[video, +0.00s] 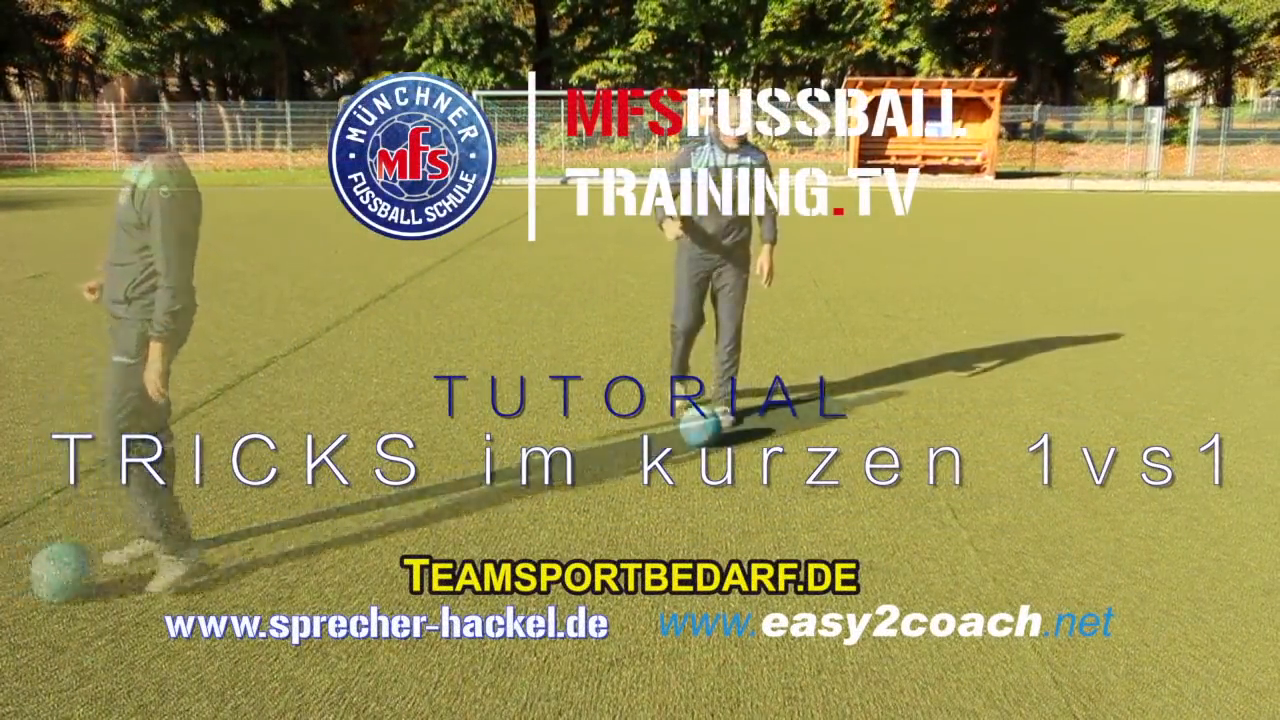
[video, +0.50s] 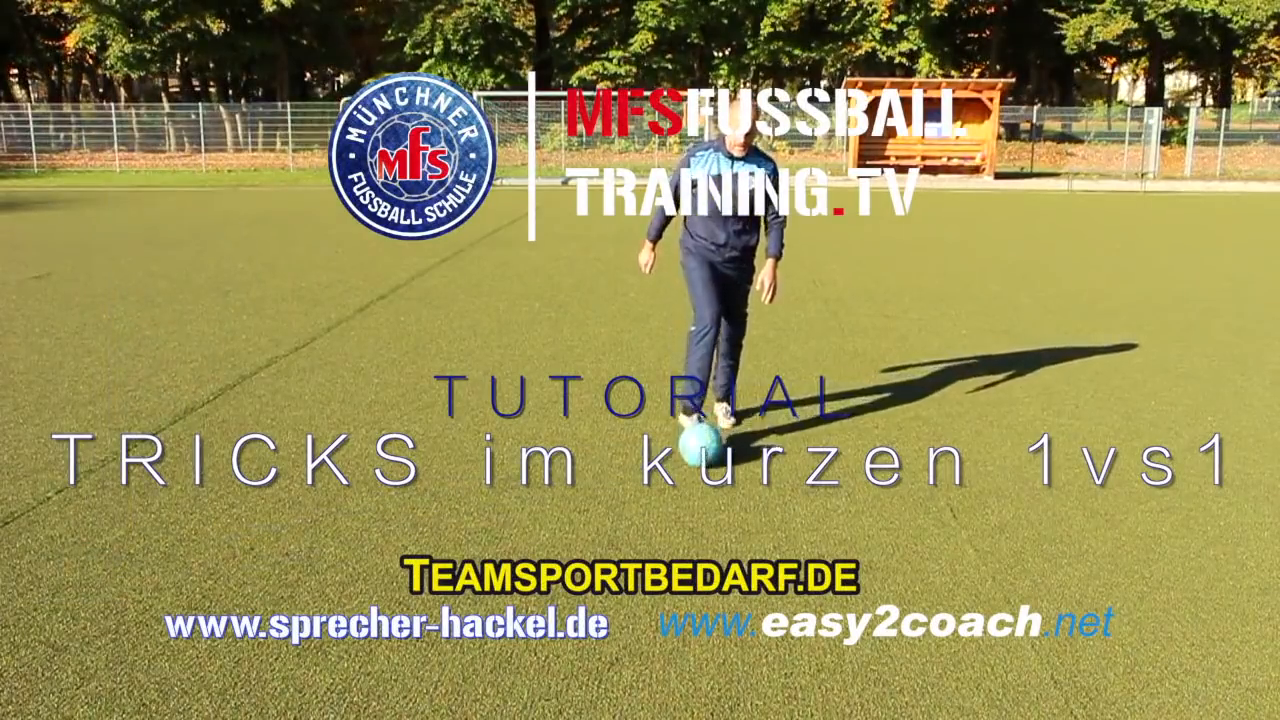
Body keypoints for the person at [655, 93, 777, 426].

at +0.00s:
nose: (736, 131)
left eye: (741, 123)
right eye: (729, 123)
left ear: (749, 125)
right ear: (714, 122)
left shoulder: (756, 160)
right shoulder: (692, 155)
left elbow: (767, 205)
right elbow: (661, 188)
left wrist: (768, 247)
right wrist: (665, 219)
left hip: (734, 255)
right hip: (694, 251)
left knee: (730, 333)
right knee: (686, 323)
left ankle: (724, 401)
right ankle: (678, 383)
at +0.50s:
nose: (743, 140)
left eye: (749, 134)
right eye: (738, 133)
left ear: (757, 131)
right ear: (725, 127)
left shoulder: (765, 167)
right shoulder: (697, 158)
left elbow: (775, 217)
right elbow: (669, 199)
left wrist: (772, 262)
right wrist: (650, 241)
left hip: (738, 260)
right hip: (699, 253)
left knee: (732, 334)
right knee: (708, 321)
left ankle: (723, 400)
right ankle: (690, 406)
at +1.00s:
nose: (728, 149)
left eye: (735, 141)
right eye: (721, 141)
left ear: (744, 137)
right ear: (705, 134)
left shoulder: (760, 173)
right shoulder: (676, 172)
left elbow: (776, 220)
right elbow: (651, 219)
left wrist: (774, 265)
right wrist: (654, 265)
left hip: (737, 283)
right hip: (689, 284)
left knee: (728, 365)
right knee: (696, 367)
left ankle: (722, 436)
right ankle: (700, 440)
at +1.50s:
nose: (742, 138)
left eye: (749, 129)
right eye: (733, 130)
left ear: (760, 128)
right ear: (719, 127)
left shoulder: (780, 173)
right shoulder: (699, 168)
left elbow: (825, 222)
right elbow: (643, 210)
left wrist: (817, 182)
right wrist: (644, 193)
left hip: (746, 302)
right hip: (694, 291)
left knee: (724, 400)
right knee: (682, 370)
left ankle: (697, 482)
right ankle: (673, 449)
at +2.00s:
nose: (772, 101)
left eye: (781, 92)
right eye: (765, 91)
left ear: (794, 88)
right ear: (750, 87)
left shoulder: (823, 121)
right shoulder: (724, 127)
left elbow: (890, 149)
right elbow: (655, 153)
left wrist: (950, 140)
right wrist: (588, 179)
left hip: (795, 271)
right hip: (733, 261)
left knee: (792, 382)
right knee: (694, 352)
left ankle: (779, 497)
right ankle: (653, 436)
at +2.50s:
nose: (828, 205)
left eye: (837, 196)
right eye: (819, 193)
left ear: (847, 193)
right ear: (800, 185)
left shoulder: (859, 244)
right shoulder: (758, 225)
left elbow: (897, 302)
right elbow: (722, 247)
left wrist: (949, 346)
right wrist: (687, 272)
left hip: (819, 367)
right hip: (751, 362)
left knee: (864, 465)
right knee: (721, 455)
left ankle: (879, 556)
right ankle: (721, 525)